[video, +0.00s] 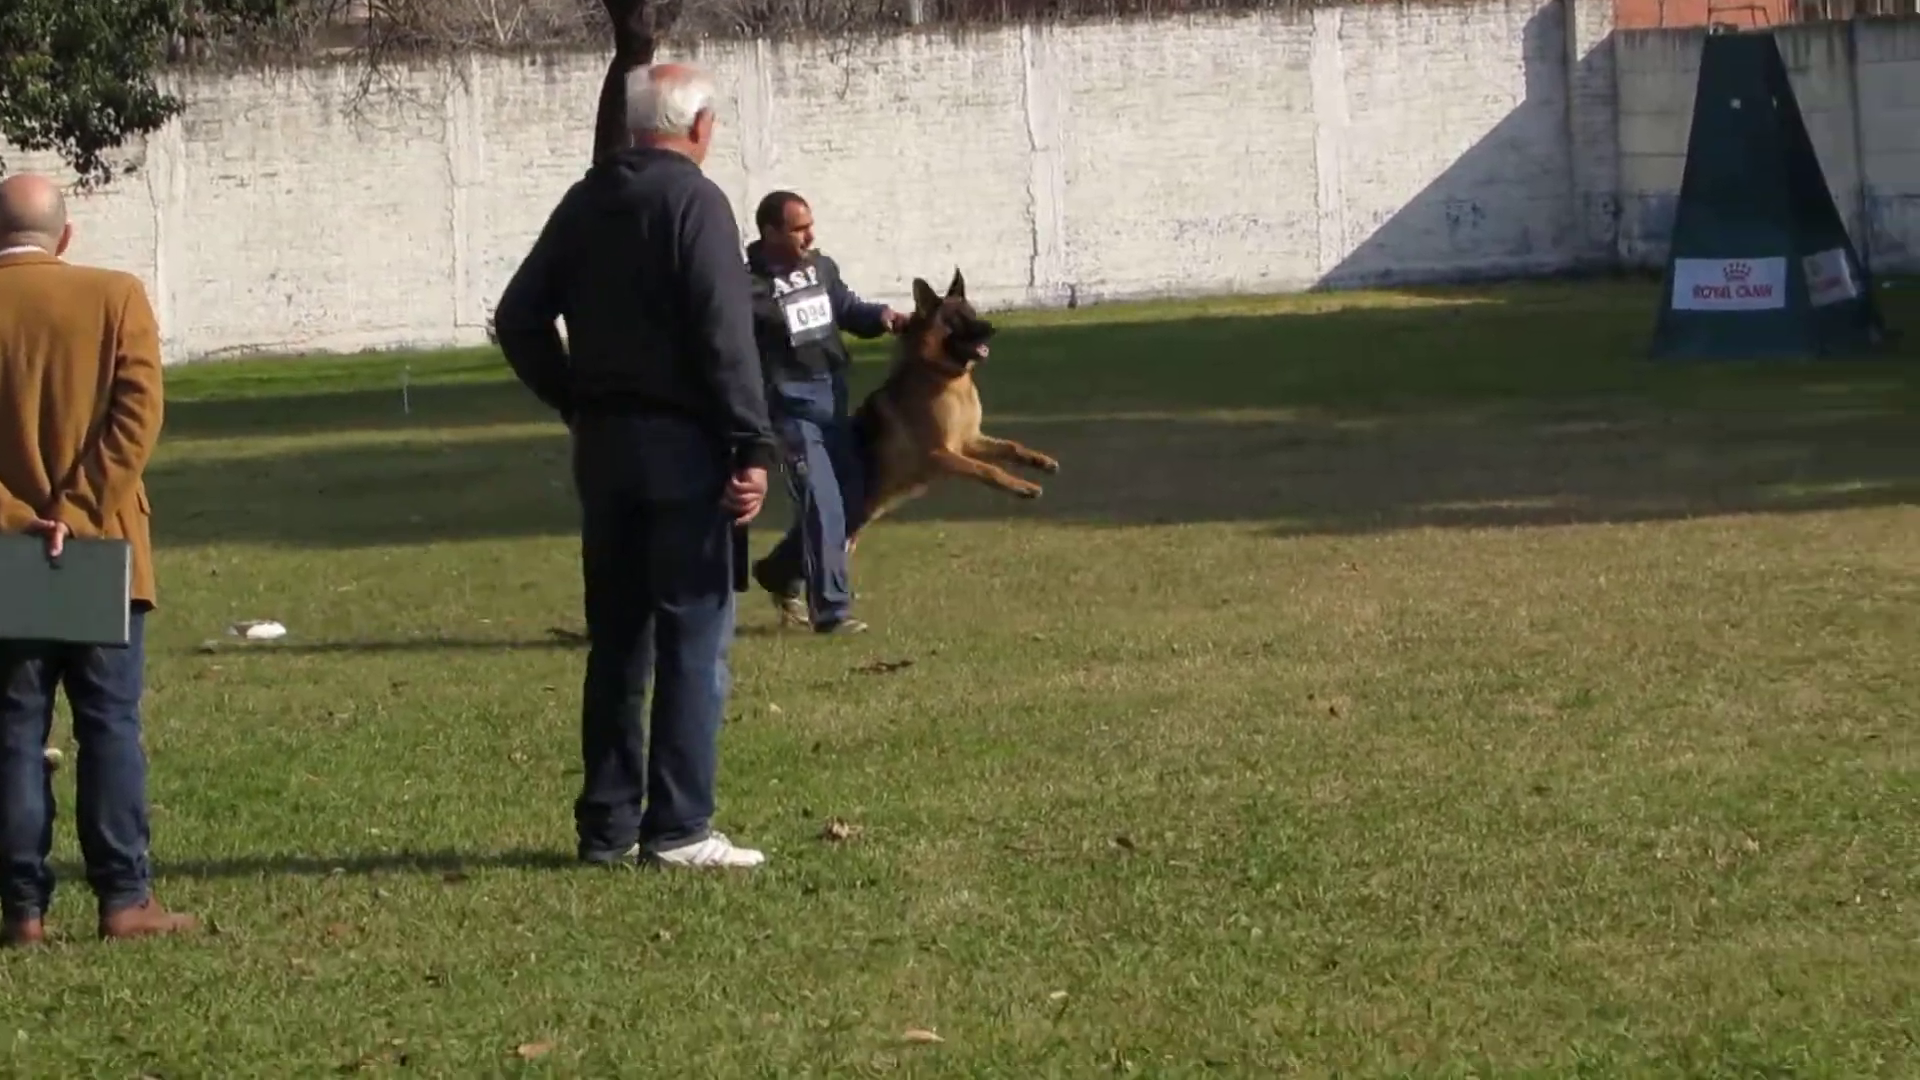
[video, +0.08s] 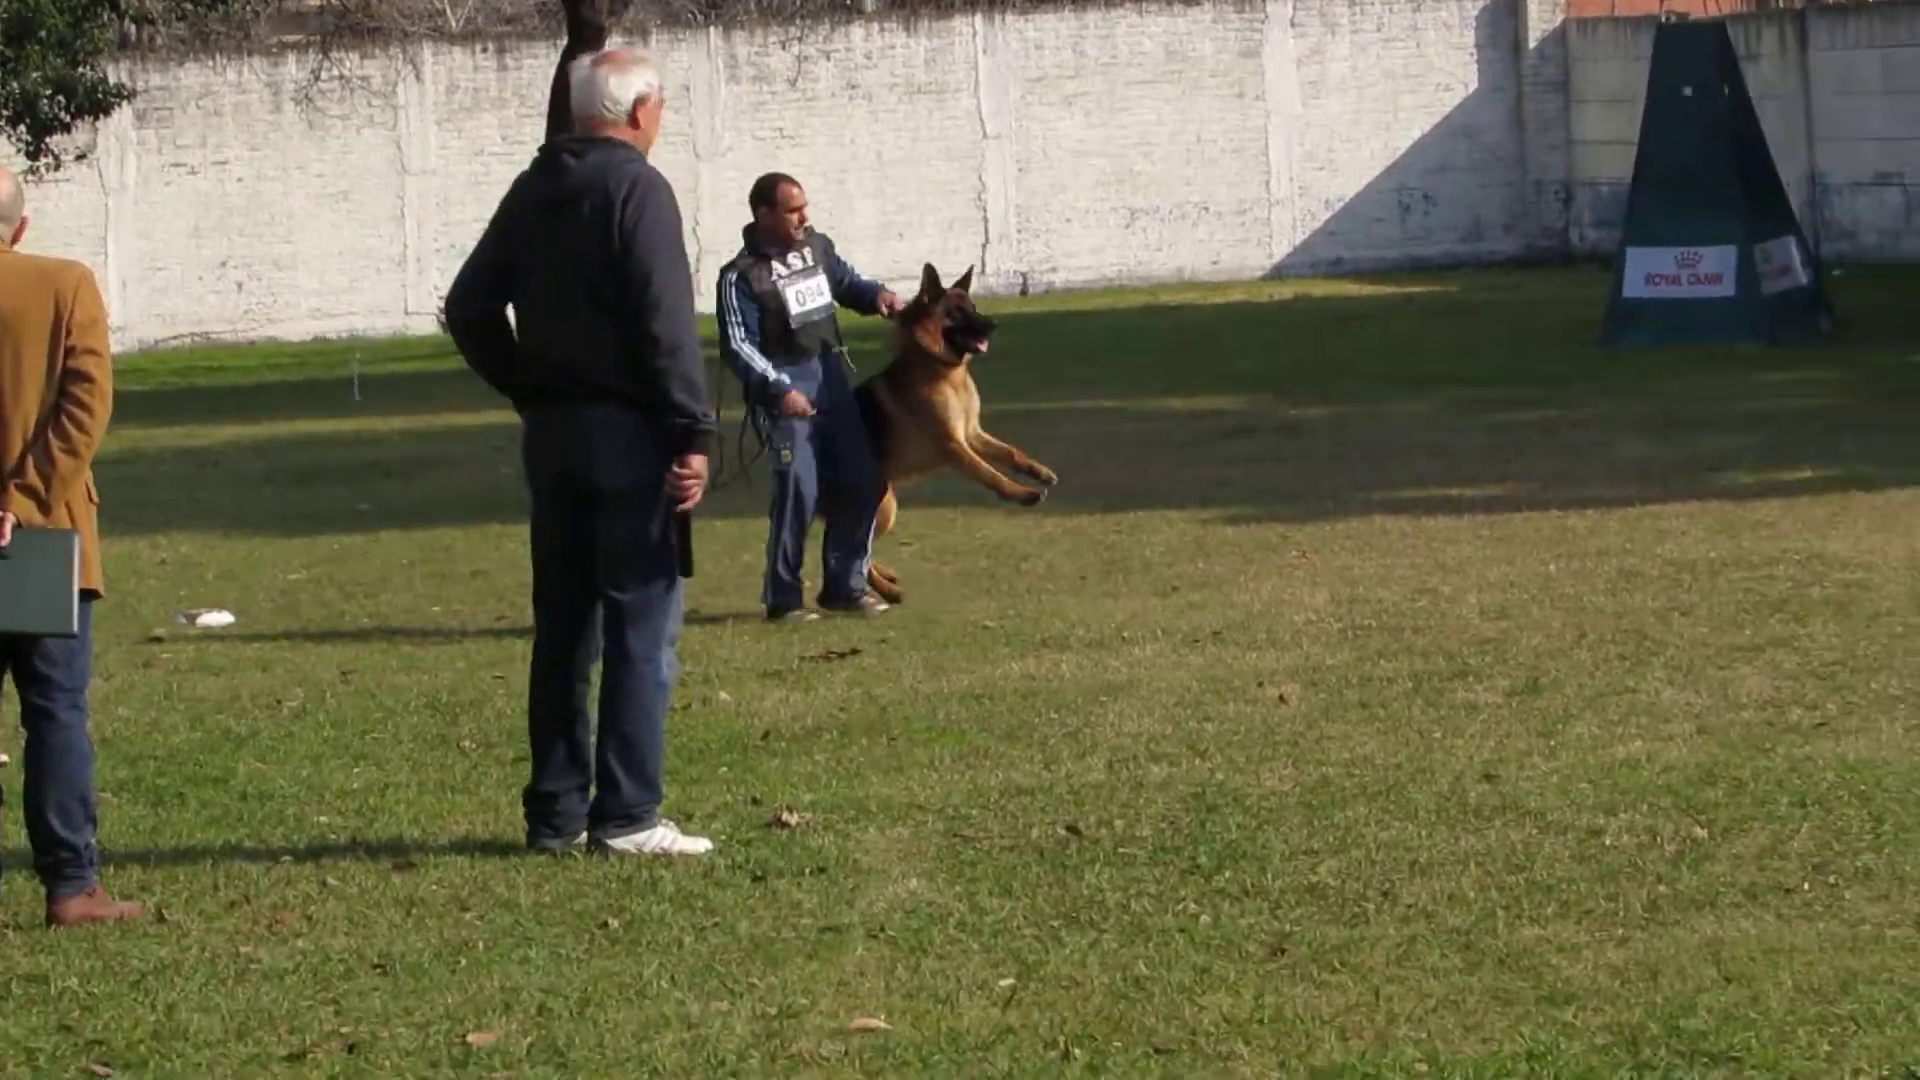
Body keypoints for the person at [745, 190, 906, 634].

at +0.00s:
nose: (809, 236)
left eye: (810, 227)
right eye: (799, 230)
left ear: (810, 224)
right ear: (768, 232)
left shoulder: (821, 267)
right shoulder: (747, 284)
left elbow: (847, 310)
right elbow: (740, 350)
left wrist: (883, 316)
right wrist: (753, 411)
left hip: (832, 397)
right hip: (787, 404)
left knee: (853, 496)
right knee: (821, 498)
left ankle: (781, 568)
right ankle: (831, 608)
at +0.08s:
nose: (804, 218)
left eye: (805, 209)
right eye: (794, 212)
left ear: (805, 208)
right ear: (764, 215)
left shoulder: (816, 247)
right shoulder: (740, 275)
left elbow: (847, 284)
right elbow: (737, 346)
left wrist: (877, 296)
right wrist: (778, 390)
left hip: (830, 375)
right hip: (784, 384)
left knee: (861, 479)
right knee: (796, 487)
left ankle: (844, 588)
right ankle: (783, 599)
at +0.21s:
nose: (804, 186)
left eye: (805, 178)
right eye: (793, 181)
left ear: (807, 177)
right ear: (764, 186)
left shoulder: (822, 225)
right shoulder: (747, 238)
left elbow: (855, 273)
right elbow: (739, 292)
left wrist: (898, 289)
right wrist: (771, 322)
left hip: (834, 377)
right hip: (784, 381)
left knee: (865, 476)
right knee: (770, 481)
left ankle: (900, 573)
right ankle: (726, 574)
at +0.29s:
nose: (795, 176)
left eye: (797, 168)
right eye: (785, 169)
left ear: (799, 169)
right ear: (755, 174)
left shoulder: (810, 221)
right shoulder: (738, 227)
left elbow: (834, 265)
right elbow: (707, 270)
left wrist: (865, 273)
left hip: (821, 362)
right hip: (770, 367)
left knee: (852, 460)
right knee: (788, 468)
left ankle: (839, 563)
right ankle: (723, 533)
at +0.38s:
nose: (762, 165)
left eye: (765, 157)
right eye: (752, 158)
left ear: (766, 157)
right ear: (722, 162)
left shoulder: (777, 207)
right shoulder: (702, 218)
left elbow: (808, 255)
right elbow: (648, 259)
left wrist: (848, 276)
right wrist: (623, 313)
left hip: (792, 348)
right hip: (743, 354)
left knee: (818, 441)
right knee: (791, 441)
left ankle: (766, 545)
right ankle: (766, 554)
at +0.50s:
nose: (715, 157)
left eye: (716, 147)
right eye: (704, 150)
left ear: (716, 147)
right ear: (672, 153)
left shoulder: (733, 194)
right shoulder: (648, 213)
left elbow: (760, 236)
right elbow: (607, 272)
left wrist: (780, 247)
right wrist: (595, 333)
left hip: (753, 334)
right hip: (704, 343)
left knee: (770, 433)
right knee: (745, 429)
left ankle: (691, 516)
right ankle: (767, 552)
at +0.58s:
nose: (681, 153)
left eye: (682, 144)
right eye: (670, 146)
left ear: (684, 147)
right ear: (639, 151)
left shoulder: (700, 192)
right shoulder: (619, 215)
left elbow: (728, 240)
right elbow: (594, 282)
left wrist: (745, 246)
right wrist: (614, 341)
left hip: (713, 335)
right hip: (662, 341)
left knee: (734, 429)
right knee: (686, 420)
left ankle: (699, 530)